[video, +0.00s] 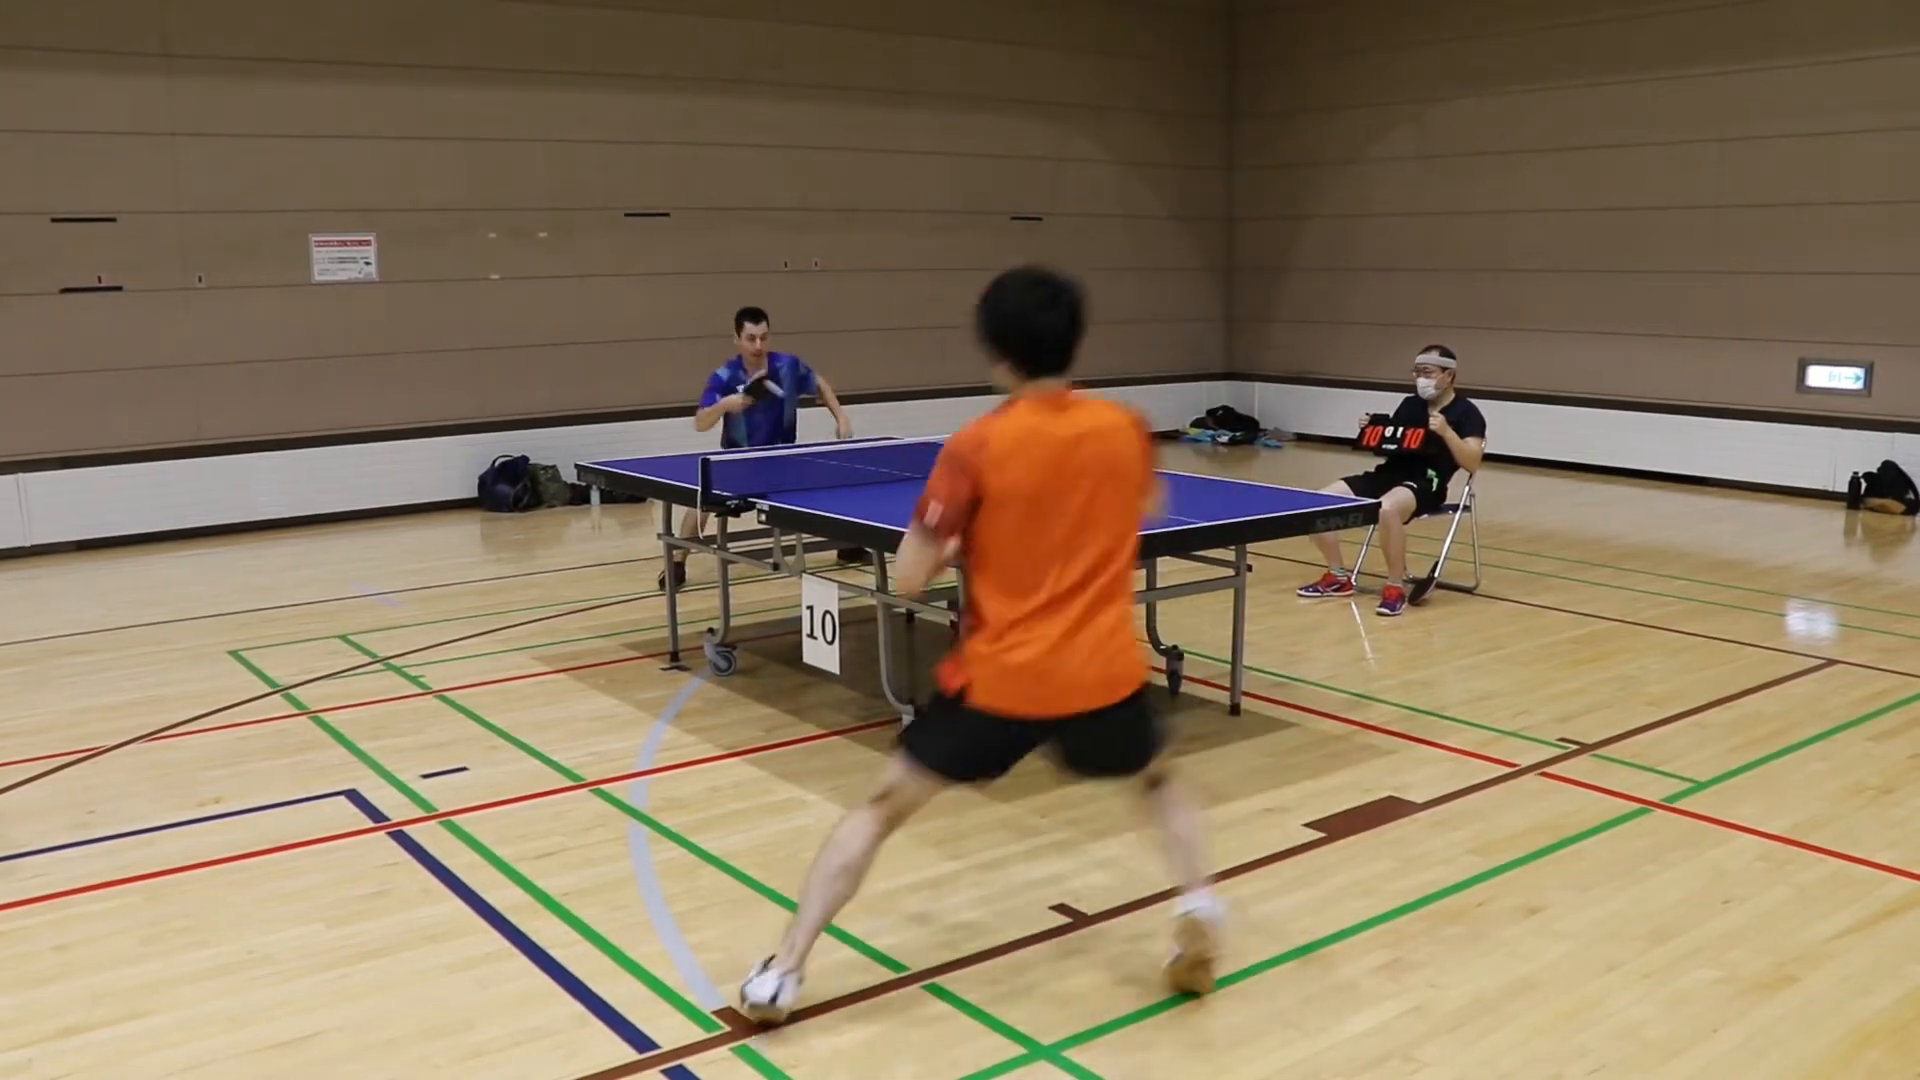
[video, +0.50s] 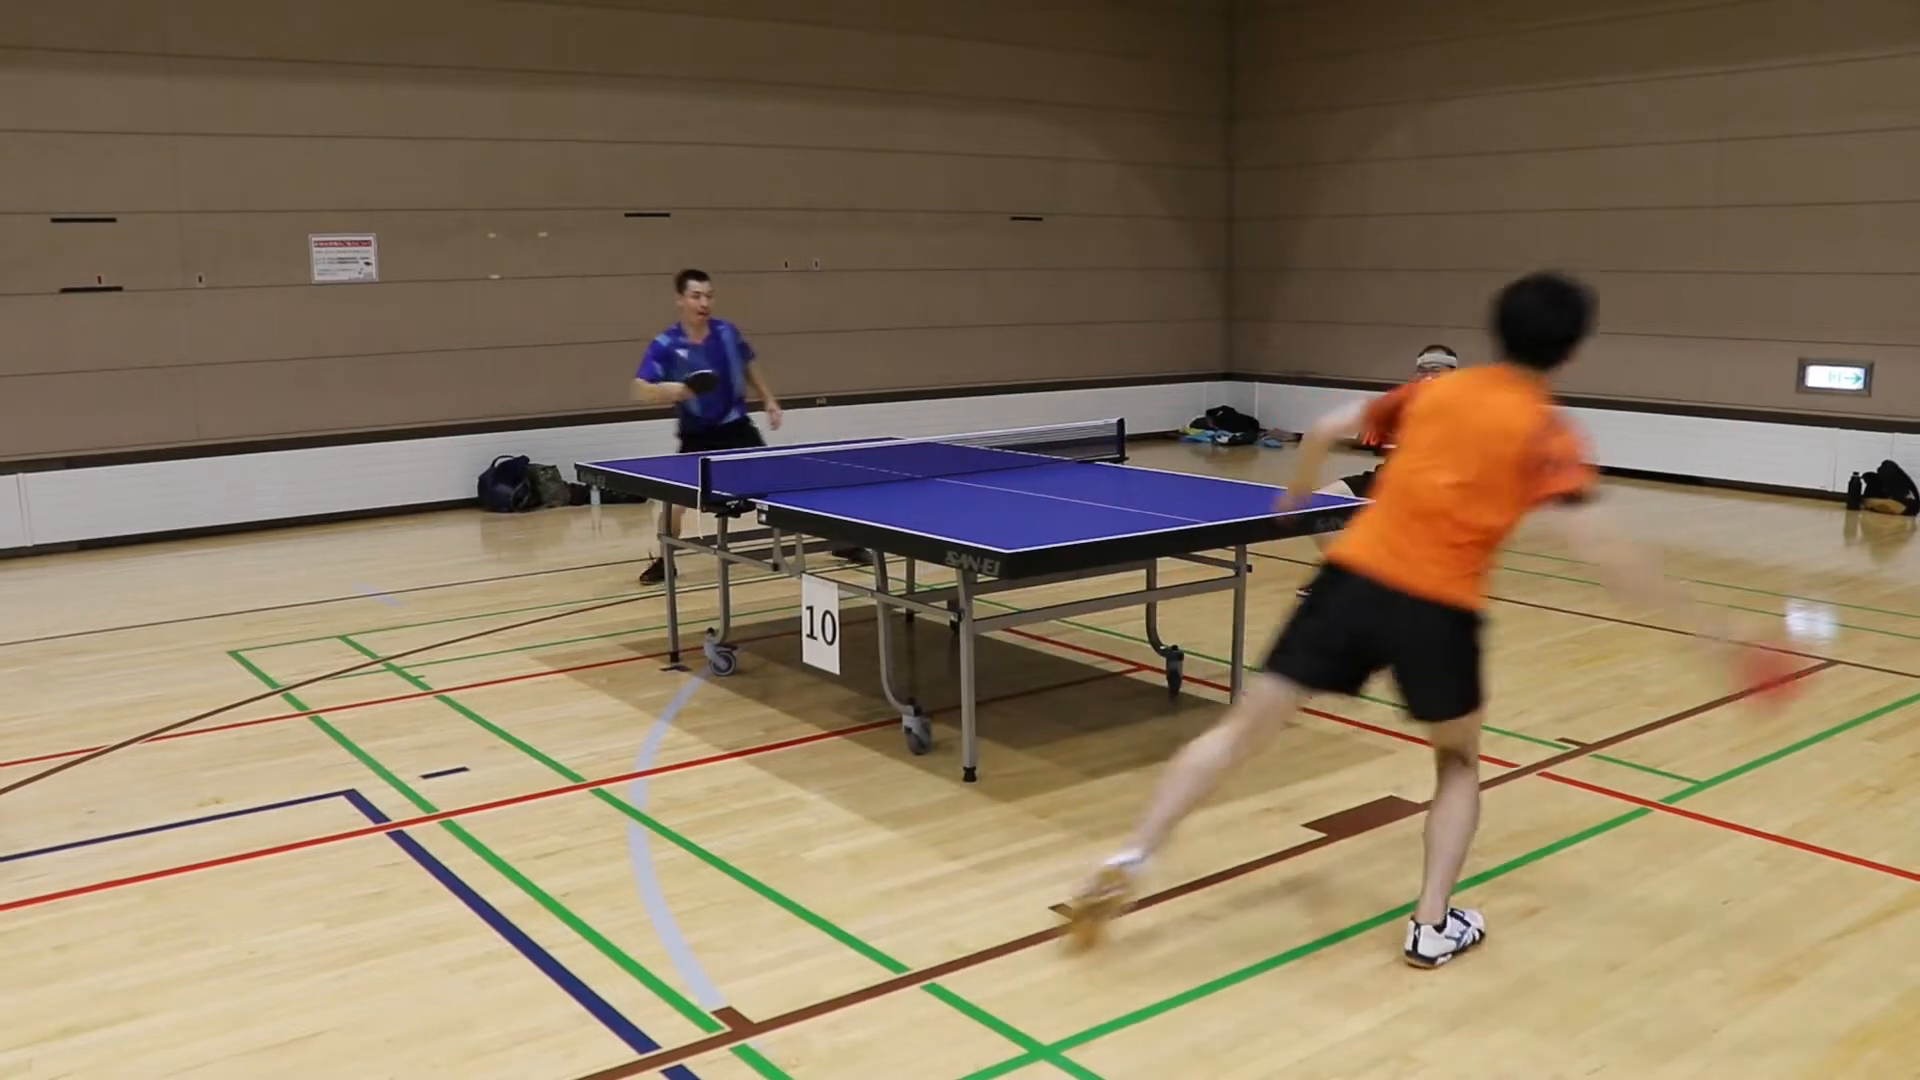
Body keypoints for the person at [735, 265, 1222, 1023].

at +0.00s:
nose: (985, 350)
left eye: (988, 339)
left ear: (995, 349)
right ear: (1075, 341)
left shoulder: (978, 446)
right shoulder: (1124, 427)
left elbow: (907, 578)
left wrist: (949, 538)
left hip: (1000, 686)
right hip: (1107, 681)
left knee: (883, 808)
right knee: (1159, 779)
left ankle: (782, 970)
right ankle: (1199, 903)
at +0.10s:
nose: (1057, 321)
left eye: (1062, 310)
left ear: (1070, 319)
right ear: (1149, 316)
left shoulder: (1042, 403)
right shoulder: (1194, 412)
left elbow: (971, 521)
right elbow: (1227, 552)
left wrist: (1045, 529)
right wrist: (1157, 525)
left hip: (1056, 652)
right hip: (1169, 648)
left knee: (939, 759)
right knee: (1253, 741)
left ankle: (882, 925)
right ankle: (1308, 914)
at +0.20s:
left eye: (1160, 326)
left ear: (1161, 333)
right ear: (1242, 340)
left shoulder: (1113, 411)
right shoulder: (1268, 435)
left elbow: (1077, 530)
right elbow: (1289, 586)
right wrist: (1310, 652)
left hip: (1106, 653)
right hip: (1216, 659)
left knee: (1012, 789)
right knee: (1315, 767)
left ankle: (975, 958)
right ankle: (1410, 917)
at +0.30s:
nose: (1347, 358)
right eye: (1348, 348)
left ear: (1273, 348)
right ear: (1348, 358)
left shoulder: (1217, 423)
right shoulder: (1345, 457)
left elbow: (1203, 530)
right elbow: (1353, 603)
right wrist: (1415, 706)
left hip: (1173, 655)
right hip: (1272, 663)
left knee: (1091, 808)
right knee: (1385, 748)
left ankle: (993, 956)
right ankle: (1425, 922)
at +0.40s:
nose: (1484, 369)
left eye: (1473, 354)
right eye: (1482, 358)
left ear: (1402, 350)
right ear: (1470, 366)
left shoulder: (1345, 411)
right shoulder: (1451, 447)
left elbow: (1320, 514)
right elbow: (1460, 596)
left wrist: (1405, 571)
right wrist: (1540, 699)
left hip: (1256, 622)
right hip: (1346, 639)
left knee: (1158, 777)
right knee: (1440, 750)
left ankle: (1034, 908)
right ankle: (1433, 925)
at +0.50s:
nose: (1576, 346)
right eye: (1577, 337)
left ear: (1499, 328)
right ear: (1567, 350)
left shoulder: (1433, 387)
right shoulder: (1546, 428)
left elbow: (1323, 434)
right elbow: (1603, 545)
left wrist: (1292, 499)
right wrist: (1696, 620)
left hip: (1348, 587)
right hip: (1437, 613)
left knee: (1243, 722)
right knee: (1456, 764)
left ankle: (1133, 854)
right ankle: (1432, 923)